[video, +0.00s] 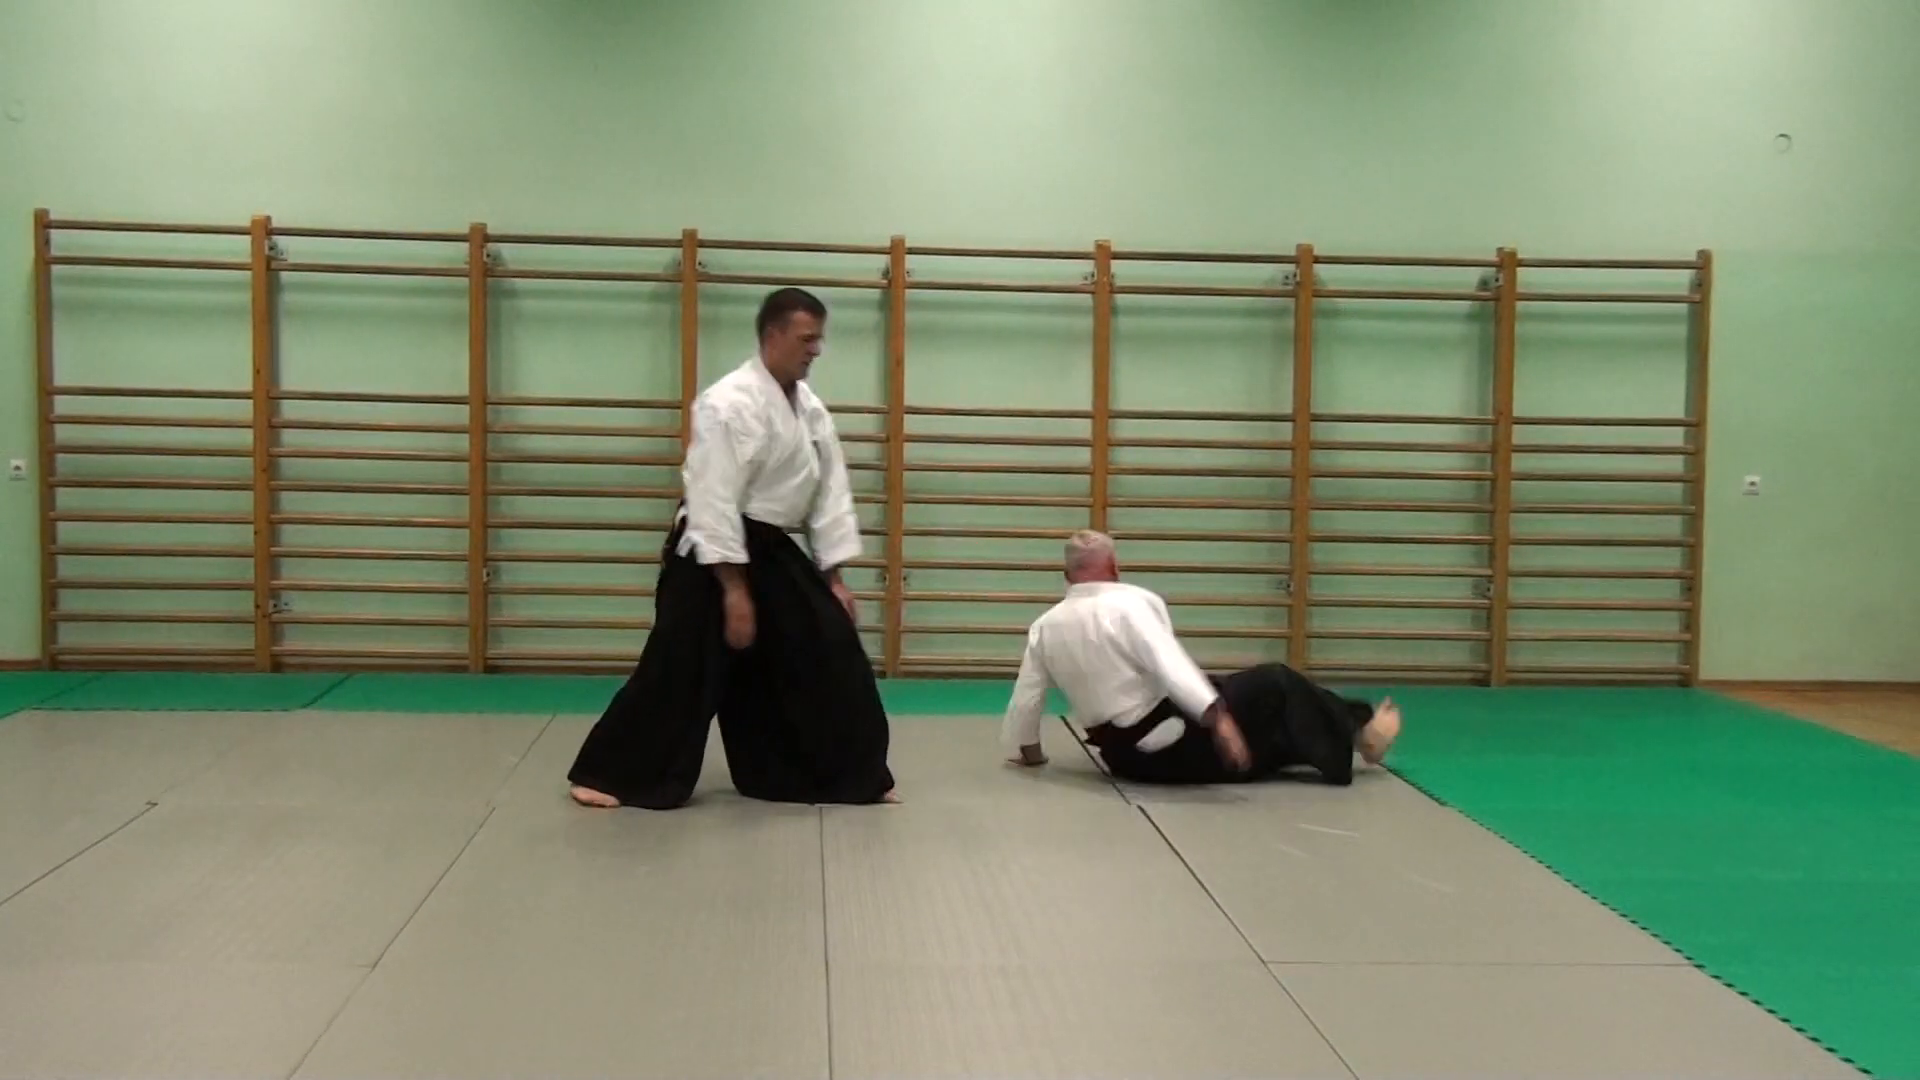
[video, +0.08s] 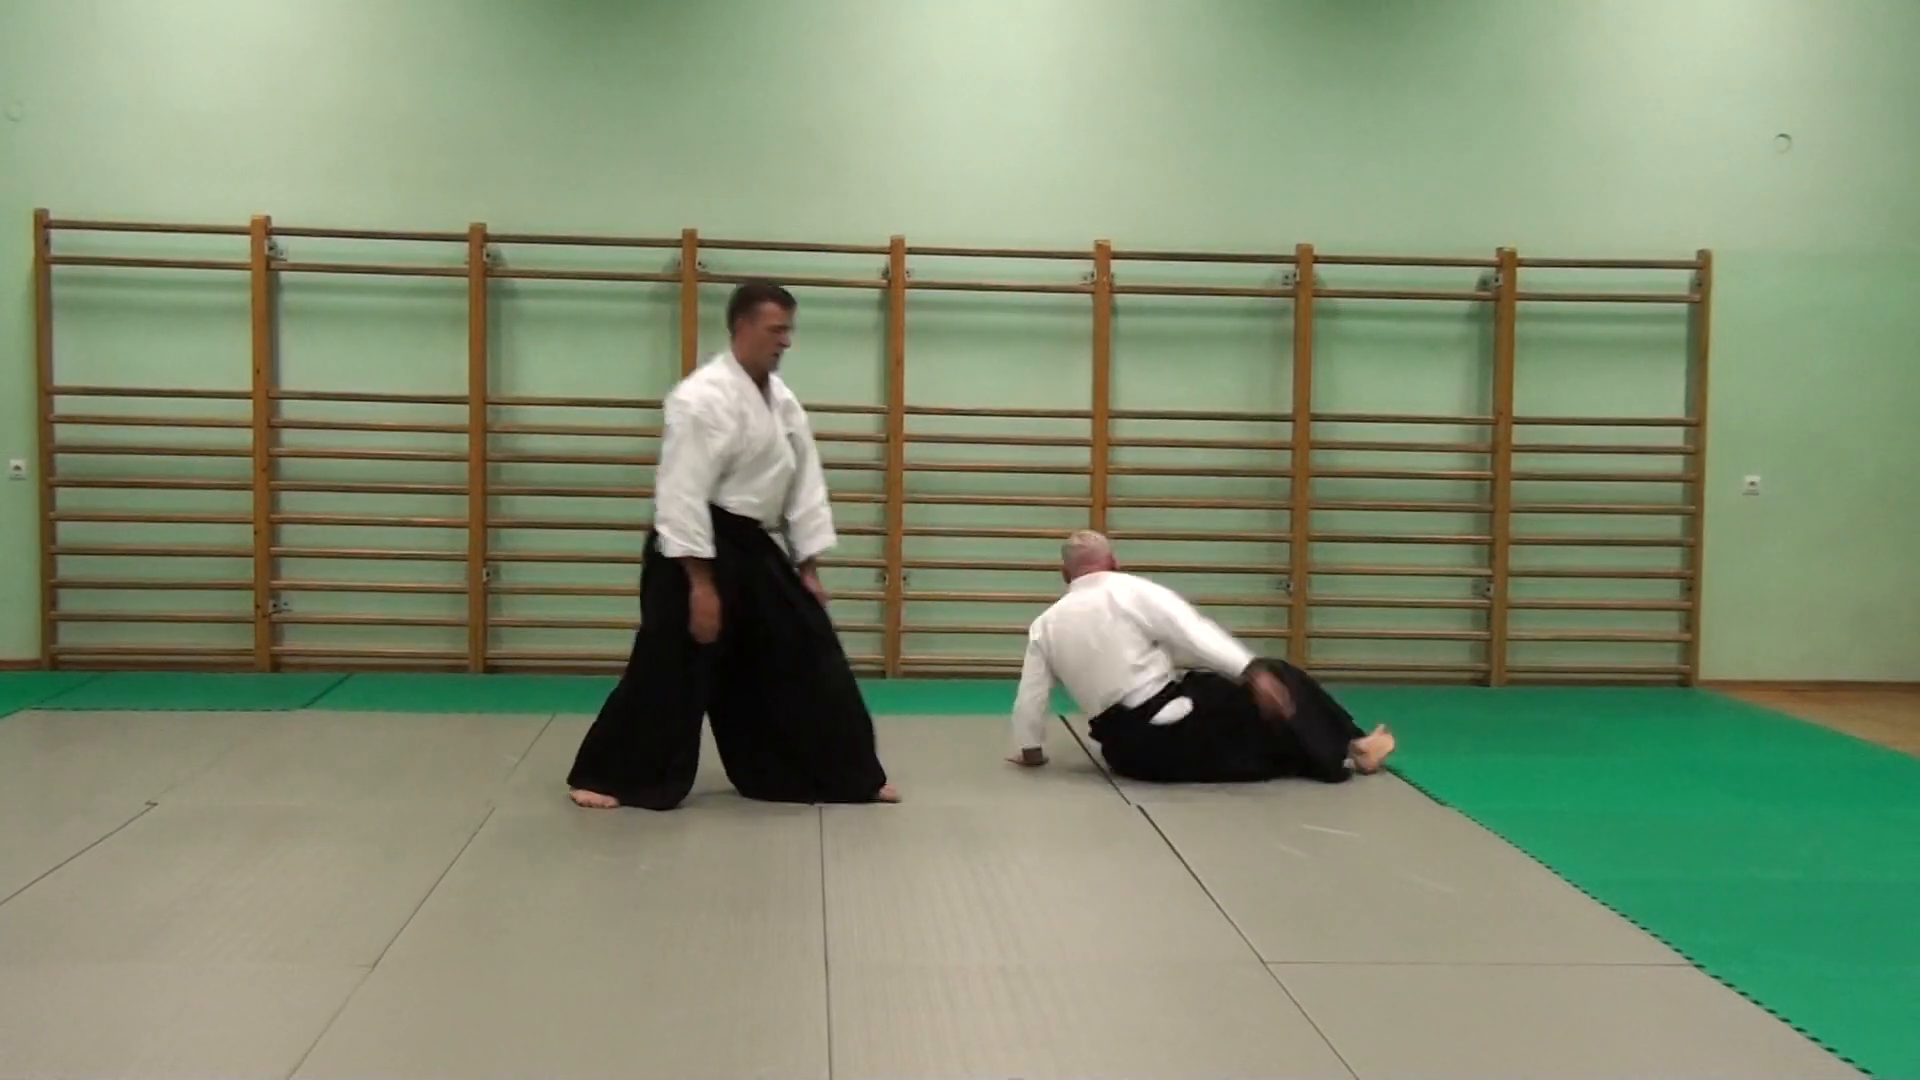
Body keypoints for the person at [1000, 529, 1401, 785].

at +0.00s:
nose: (1119, 569)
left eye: (1114, 564)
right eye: (1116, 563)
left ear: (1067, 574)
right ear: (1110, 567)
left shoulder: (1044, 628)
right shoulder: (1130, 603)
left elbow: (1024, 703)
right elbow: (1168, 664)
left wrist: (1026, 752)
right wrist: (1219, 717)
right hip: (1169, 739)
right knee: (1272, 681)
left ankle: (1354, 730)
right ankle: (1359, 733)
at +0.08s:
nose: (1115, 567)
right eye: (1114, 560)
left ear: (1065, 575)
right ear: (1111, 562)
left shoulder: (1045, 625)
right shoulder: (1125, 588)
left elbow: (1028, 702)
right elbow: (1187, 629)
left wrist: (1030, 752)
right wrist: (1251, 671)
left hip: (1124, 749)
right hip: (1175, 712)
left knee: (1256, 748)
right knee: (1274, 677)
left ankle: (1334, 757)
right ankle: (1355, 745)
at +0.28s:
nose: (1047, 589)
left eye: (1045, 581)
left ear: (1050, 578)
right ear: (1088, 556)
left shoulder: (1055, 617)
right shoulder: (1136, 571)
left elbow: (1041, 691)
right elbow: (1212, 579)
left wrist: (1034, 753)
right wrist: (1257, 605)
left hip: (1147, 715)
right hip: (1190, 672)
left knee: (1236, 748)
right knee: (1279, 678)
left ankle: (1323, 751)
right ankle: (1350, 743)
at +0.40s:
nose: (1028, 588)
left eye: (1026, 579)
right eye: (1026, 579)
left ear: (1036, 570)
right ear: (1062, 548)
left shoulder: (1057, 603)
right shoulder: (1116, 551)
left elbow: (1044, 676)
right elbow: (1183, 563)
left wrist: (1034, 750)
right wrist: (1213, 608)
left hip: (1180, 659)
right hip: (1220, 623)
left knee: (1174, 738)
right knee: (1284, 686)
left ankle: (1266, 752)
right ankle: (1346, 734)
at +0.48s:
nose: (1030, 585)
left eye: (1026, 576)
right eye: (1025, 576)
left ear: (1036, 561)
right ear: (1056, 538)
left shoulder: (1062, 591)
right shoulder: (1113, 538)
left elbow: (1049, 668)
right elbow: (1177, 551)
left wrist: (1036, 746)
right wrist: (1191, 597)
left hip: (1192, 635)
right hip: (1227, 605)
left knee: (1175, 735)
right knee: (1270, 683)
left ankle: (1262, 735)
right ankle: (1338, 718)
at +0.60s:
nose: (1032, 568)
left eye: (1028, 560)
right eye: (1027, 562)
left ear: (1042, 545)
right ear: (1060, 528)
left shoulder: (1074, 575)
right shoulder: (1116, 524)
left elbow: (1058, 658)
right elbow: (1176, 526)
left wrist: (1041, 740)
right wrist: (1203, 580)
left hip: (1198, 631)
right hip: (1227, 596)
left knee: (1175, 735)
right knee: (1257, 677)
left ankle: (1269, 729)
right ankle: (1298, 710)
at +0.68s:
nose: (1031, 551)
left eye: (1029, 543)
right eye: (1028, 544)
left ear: (1049, 536)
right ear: (1065, 522)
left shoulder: (1079, 571)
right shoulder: (1120, 514)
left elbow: (1063, 651)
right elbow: (1180, 514)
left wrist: (1043, 729)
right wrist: (1197, 573)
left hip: (1201, 633)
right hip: (1224, 590)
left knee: (1175, 734)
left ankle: (1279, 741)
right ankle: (1275, 707)